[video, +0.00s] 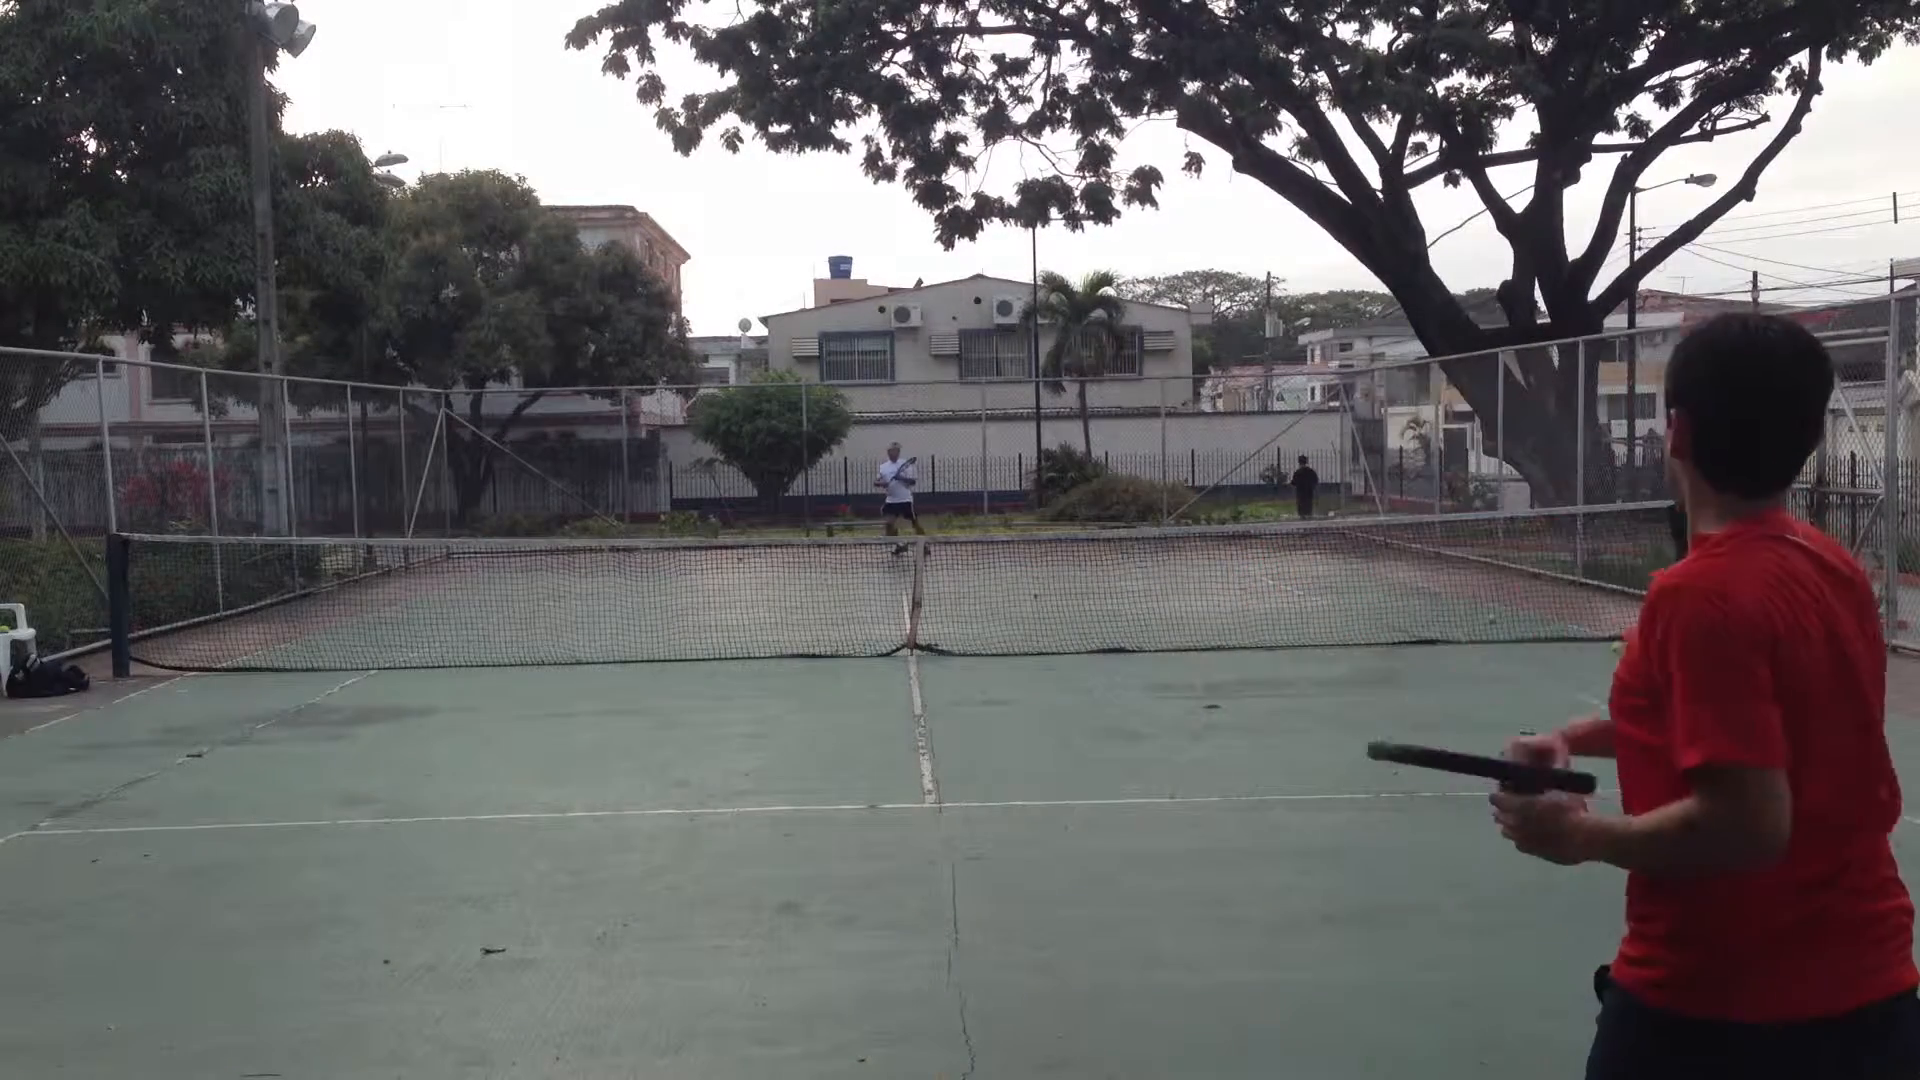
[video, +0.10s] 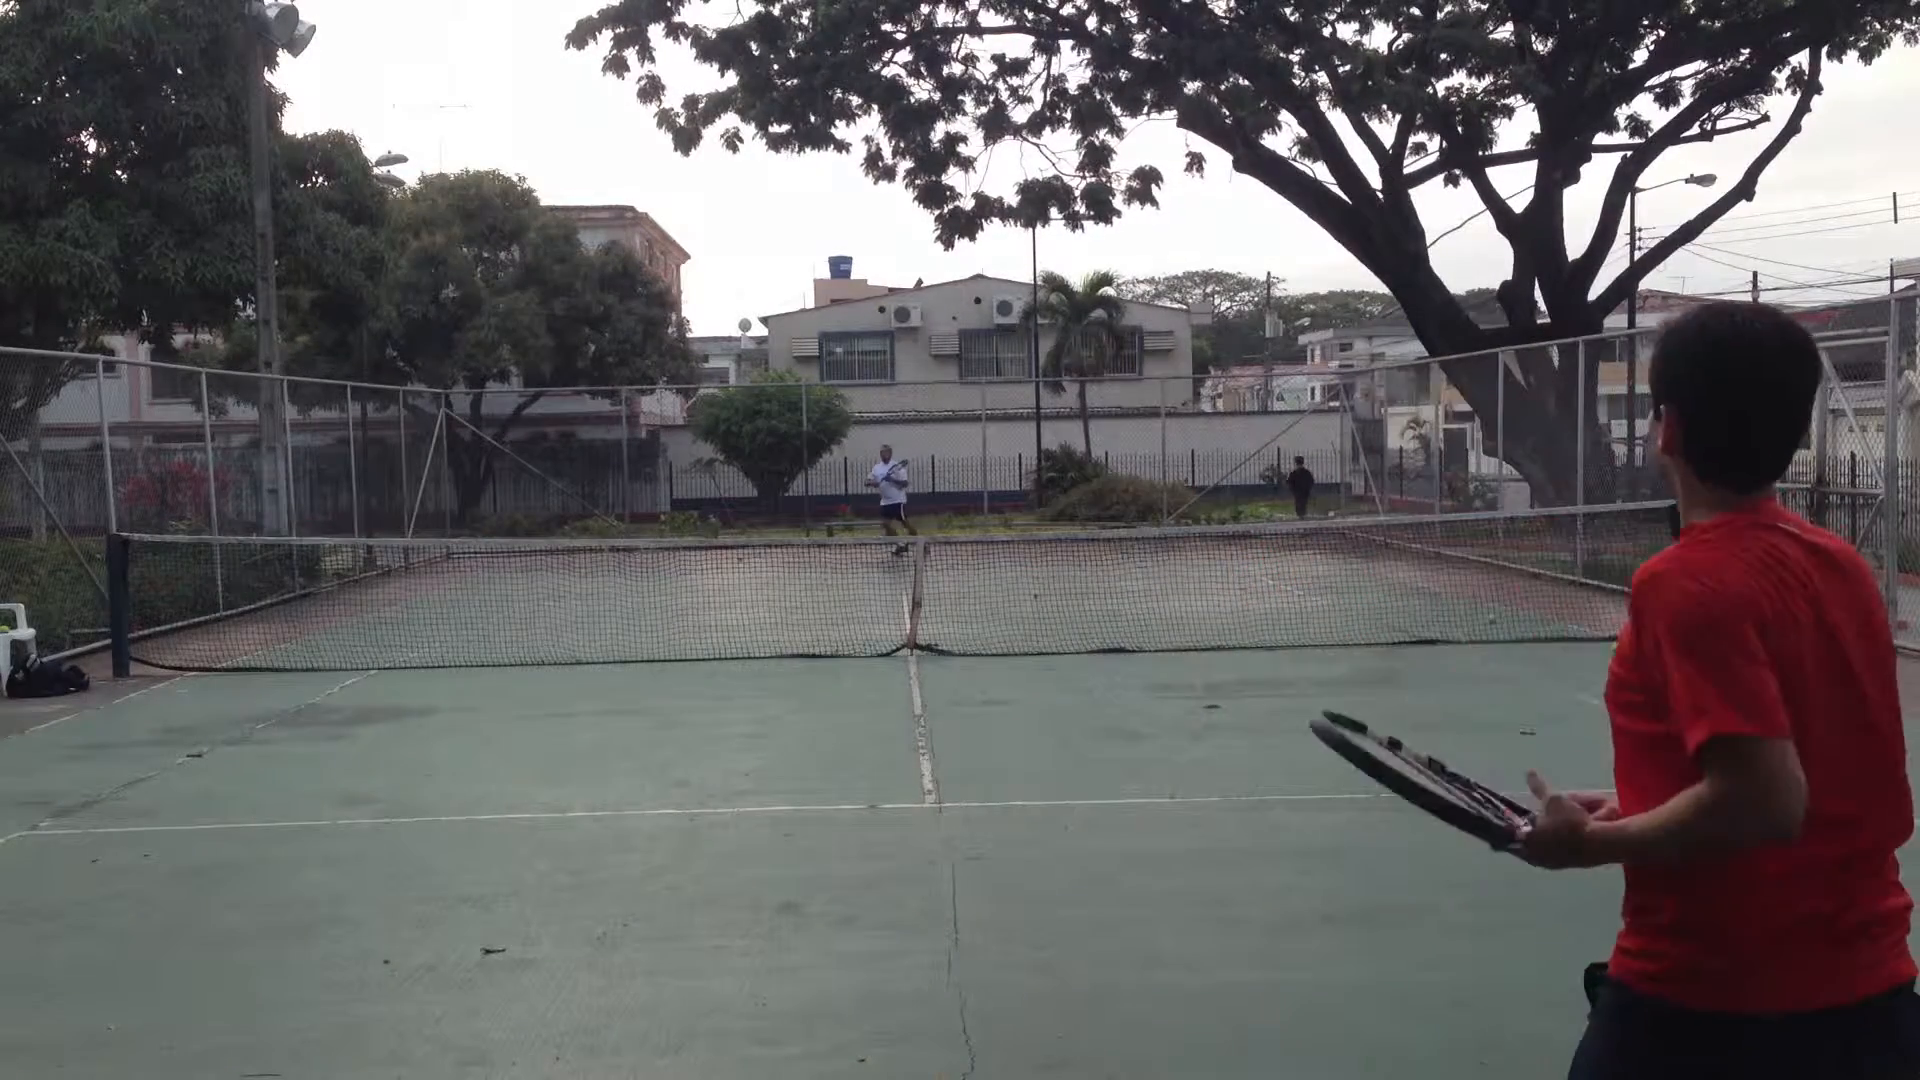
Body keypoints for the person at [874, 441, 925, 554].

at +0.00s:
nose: (893, 454)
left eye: (895, 451)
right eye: (891, 451)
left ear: (899, 452)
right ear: (888, 452)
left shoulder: (906, 464)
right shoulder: (883, 467)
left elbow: (913, 481)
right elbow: (876, 482)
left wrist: (901, 478)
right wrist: (883, 484)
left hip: (905, 500)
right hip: (891, 500)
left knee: (914, 524)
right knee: (889, 524)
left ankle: (925, 544)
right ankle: (896, 545)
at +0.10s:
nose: (885, 456)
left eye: (887, 453)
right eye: (883, 453)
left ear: (891, 453)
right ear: (880, 454)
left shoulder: (898, 466)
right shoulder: (877, 468)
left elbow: (905, 483)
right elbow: (868, 481)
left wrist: (892, 480)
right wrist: (874, 483)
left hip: (898, 499)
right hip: (885, 500)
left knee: (903, 522)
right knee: (886, 524)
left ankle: (918, 539)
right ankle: (898, 543)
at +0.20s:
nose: (876, 455)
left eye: (878, 452)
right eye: (874, 453)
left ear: (883, 453)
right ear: (872, 454)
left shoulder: (890, 466)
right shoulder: (869, 468)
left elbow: (894, 484)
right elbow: (864, 482)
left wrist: (881, 480)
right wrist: (870, 479)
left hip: (891, 498)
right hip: (879, 499)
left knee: (888, 522)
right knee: (883, 524)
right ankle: (895, 544)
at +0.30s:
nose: (868, 455)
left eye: (870, 453)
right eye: (867, 453)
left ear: (875, 453)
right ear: (864, 453)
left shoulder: (881, 466)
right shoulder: (862, 465)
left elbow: (883, 484)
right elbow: (855, 476)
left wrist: (868, 480)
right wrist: (853, 475)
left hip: (879, 496)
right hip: (869, 496)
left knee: (875, 520)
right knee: (879, 521)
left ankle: (873, 546)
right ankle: (897, 543)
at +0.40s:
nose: (860, 456)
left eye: (862, 454)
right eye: (858, 454)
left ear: (866, 453)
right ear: (856, 454)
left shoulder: (869, 465)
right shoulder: (854, 464)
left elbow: (870, 483)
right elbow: (845, 472)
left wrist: (852, 480)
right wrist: (845, 473)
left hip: (869, 497)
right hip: (860, 496)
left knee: (860, 522)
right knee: (865, 522)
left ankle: (860, 548)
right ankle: (882, 541)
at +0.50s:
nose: (848, 459)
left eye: (850, 457)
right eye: (847, 457)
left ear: (856, 457)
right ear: (846, 458)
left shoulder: (859, 469)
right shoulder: (846, 468)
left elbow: (853, 482)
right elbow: (841, 478)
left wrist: (839, 482)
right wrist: (830, 480)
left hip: (859, 498)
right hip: (850, 497)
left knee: (846, 522)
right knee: (845, 523)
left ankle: (860, 544)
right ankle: (858, 546)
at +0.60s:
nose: (836, 461)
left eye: (838, 459)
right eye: (835, 459)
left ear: (844, 461)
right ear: (837, 461)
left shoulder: (847, 471)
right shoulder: (838, 470)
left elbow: (840, 481)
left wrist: (824, 480)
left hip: (849, 504)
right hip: (841, 502)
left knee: (841, 527)